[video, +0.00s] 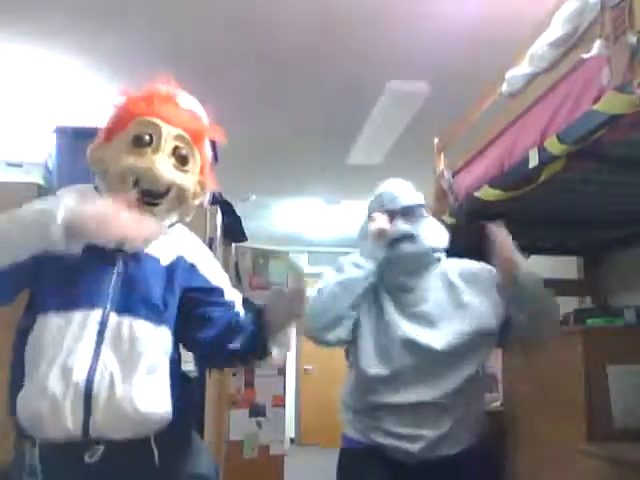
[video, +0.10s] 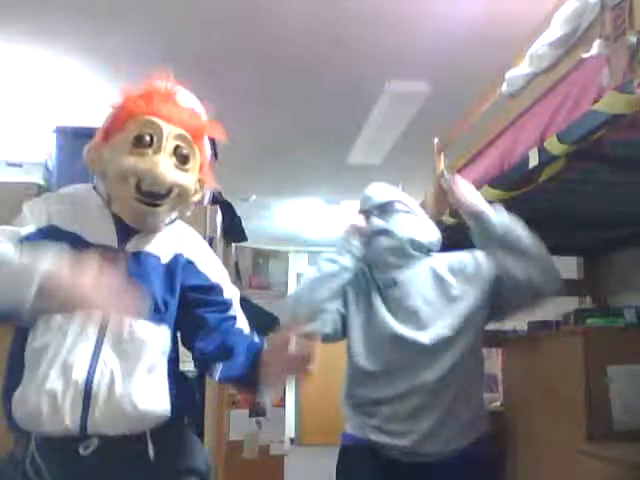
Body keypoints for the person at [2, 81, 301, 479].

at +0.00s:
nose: (156, 165)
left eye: (179, 156)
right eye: (142, 141)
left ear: (196, 178)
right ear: (107, 151)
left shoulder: (182, 250)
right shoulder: (58, 226)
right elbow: (2, 282)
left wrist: (268, 322)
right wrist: (59, 222)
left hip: (143, 456)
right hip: (50, 455)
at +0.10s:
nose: (160, 168)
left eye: (182, 156)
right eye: (143, 142)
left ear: (197, 184)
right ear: (100, 153)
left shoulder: (188, 250)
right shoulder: (47, 219)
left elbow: (219, 335)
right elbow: (8, 276)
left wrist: (263, 360)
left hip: (146, 452)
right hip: (46, 450)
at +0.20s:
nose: (159, 156)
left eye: (182, 142)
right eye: (143, 127)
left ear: (200, 168)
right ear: (99, 139)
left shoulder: (191, 236)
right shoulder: (56, 203)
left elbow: (218, 333)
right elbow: (7, 291)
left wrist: (241, 423)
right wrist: (15, 408)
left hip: (149, 439)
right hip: (52, 434)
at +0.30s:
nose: (159, 144)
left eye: (183, 129)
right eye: (142, 116)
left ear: (201, 154)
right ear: (104, 127)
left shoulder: (197, 228)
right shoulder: (60, 200)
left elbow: (216, 348)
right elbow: (13, 323)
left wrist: (224, 460)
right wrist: (7, 450)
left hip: (151, 438)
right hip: (54, 435)